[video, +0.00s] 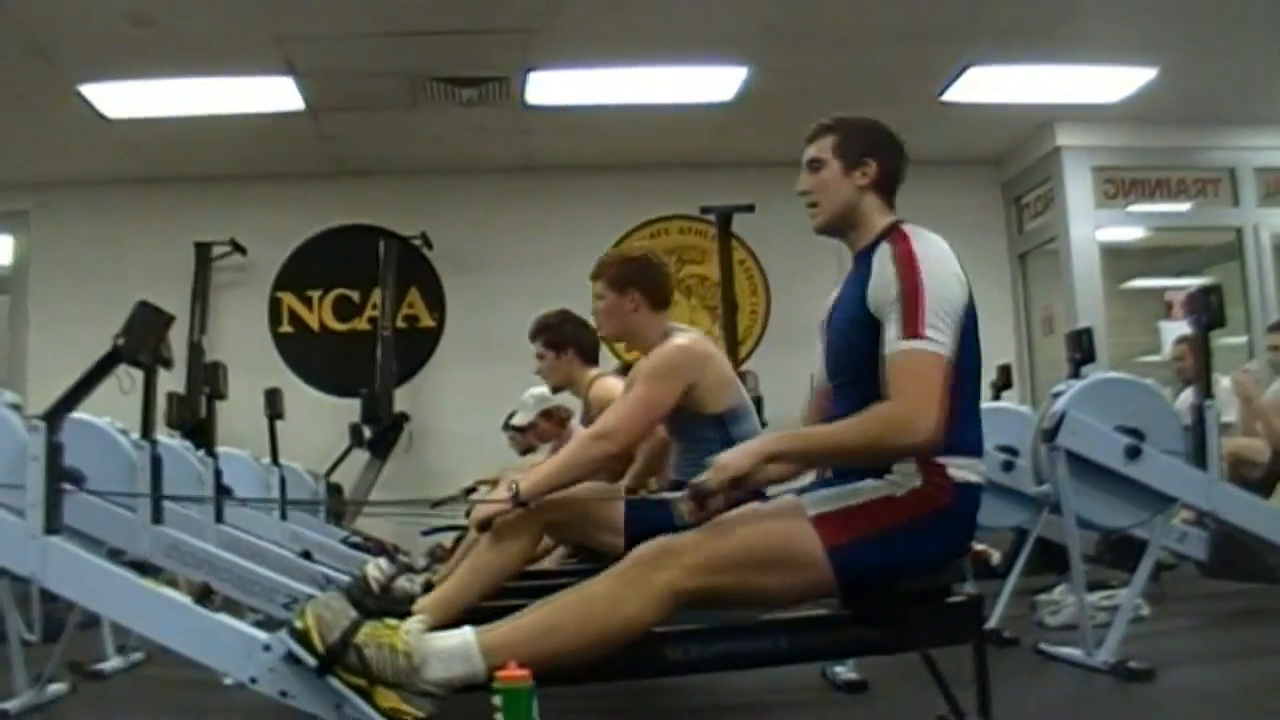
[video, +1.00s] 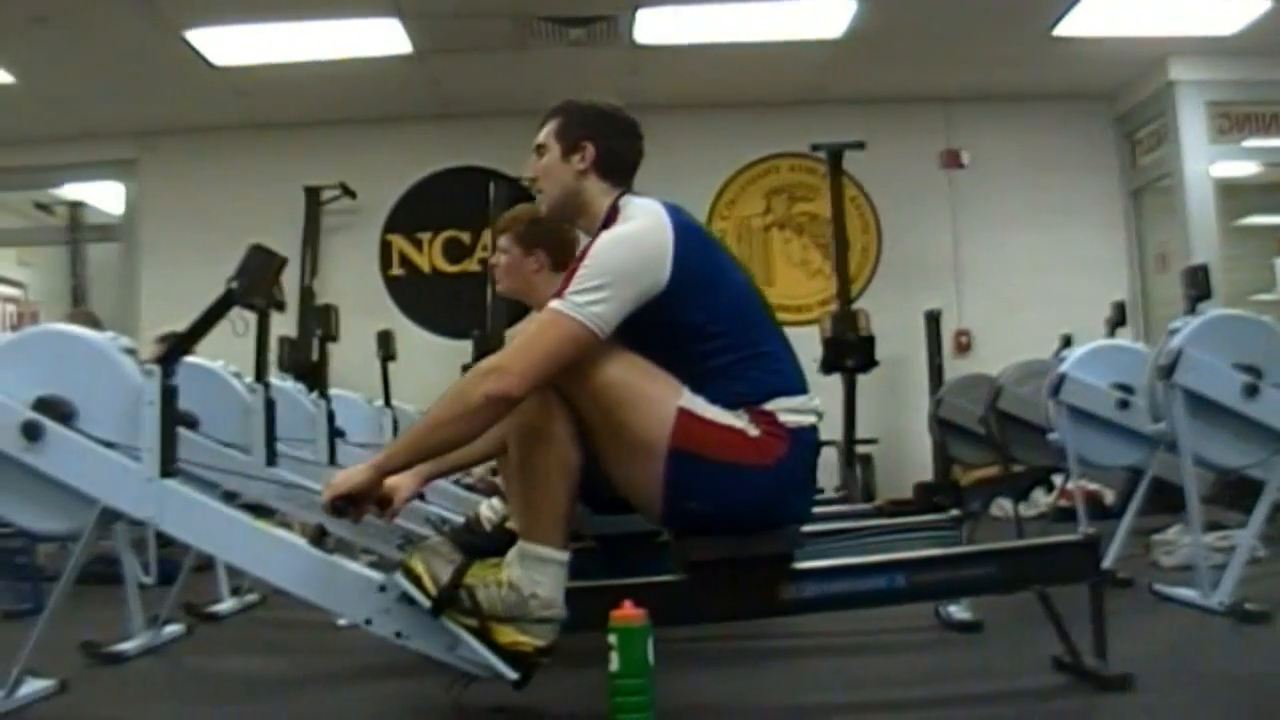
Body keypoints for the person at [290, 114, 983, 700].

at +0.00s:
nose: (803, 186)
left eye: (816, 169)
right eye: (802, 173)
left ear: (869, 173)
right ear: (852, 184)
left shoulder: (911, 254)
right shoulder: (858, 285)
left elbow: (913, 421)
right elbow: (826, 425)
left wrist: (771, 450)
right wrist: (752, 472)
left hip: (914, 493)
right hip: (865, 488)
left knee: (673, 564)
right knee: (657, 554)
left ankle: (432, 664)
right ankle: (423, 653)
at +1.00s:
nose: (529, 171)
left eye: (541, 154)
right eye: (532, 155)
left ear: (583, 158)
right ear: (588, 162)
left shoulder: (640, 233)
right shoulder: (621, 240)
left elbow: (506, 383)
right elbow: (523, 403)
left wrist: (377, 466)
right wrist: (416, 474)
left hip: (759, 460)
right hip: (741, 455)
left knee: (550, 360)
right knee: (545, 363)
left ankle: (534, 586)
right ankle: (533, 575)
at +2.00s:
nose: (879, 125)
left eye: (896, 107)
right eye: (883, 111)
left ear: (950, 117)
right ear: (939, 122)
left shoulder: (983, 202)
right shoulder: (944, 210)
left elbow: (842, 322)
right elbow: (826, 316)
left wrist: (679, 369)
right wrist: (681, 377)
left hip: (1014, 440)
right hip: (969, 436)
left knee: (753, 457)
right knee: (730, 458)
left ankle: (548, 605)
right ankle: (539, 596)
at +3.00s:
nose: (973, 140)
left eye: (985, 121)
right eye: (971, 126)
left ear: (1038, 117)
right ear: (1012, 126)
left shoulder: (1086, 198)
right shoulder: (1040, 213)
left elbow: (1166, 344)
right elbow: (1062, 341)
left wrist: (1018, 345)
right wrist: (972, 364)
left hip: (1042, 436)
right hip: (1002, 425)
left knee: (800, 513)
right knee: (782, 502)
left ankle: (566, 606)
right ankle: (560, 593)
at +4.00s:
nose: (579, 182)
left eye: (583, 164)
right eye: (581, 165)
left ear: (609, 162)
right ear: (649, 167)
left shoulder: (686, 232)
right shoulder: (671, 237)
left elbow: (558, 392)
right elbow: (566, 398)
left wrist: (431, 474)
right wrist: (463, 486)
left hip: (798, 460)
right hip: (776, 456)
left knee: (577, 363)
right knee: (578, 368)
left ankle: (537, 597)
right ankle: (535, 590)